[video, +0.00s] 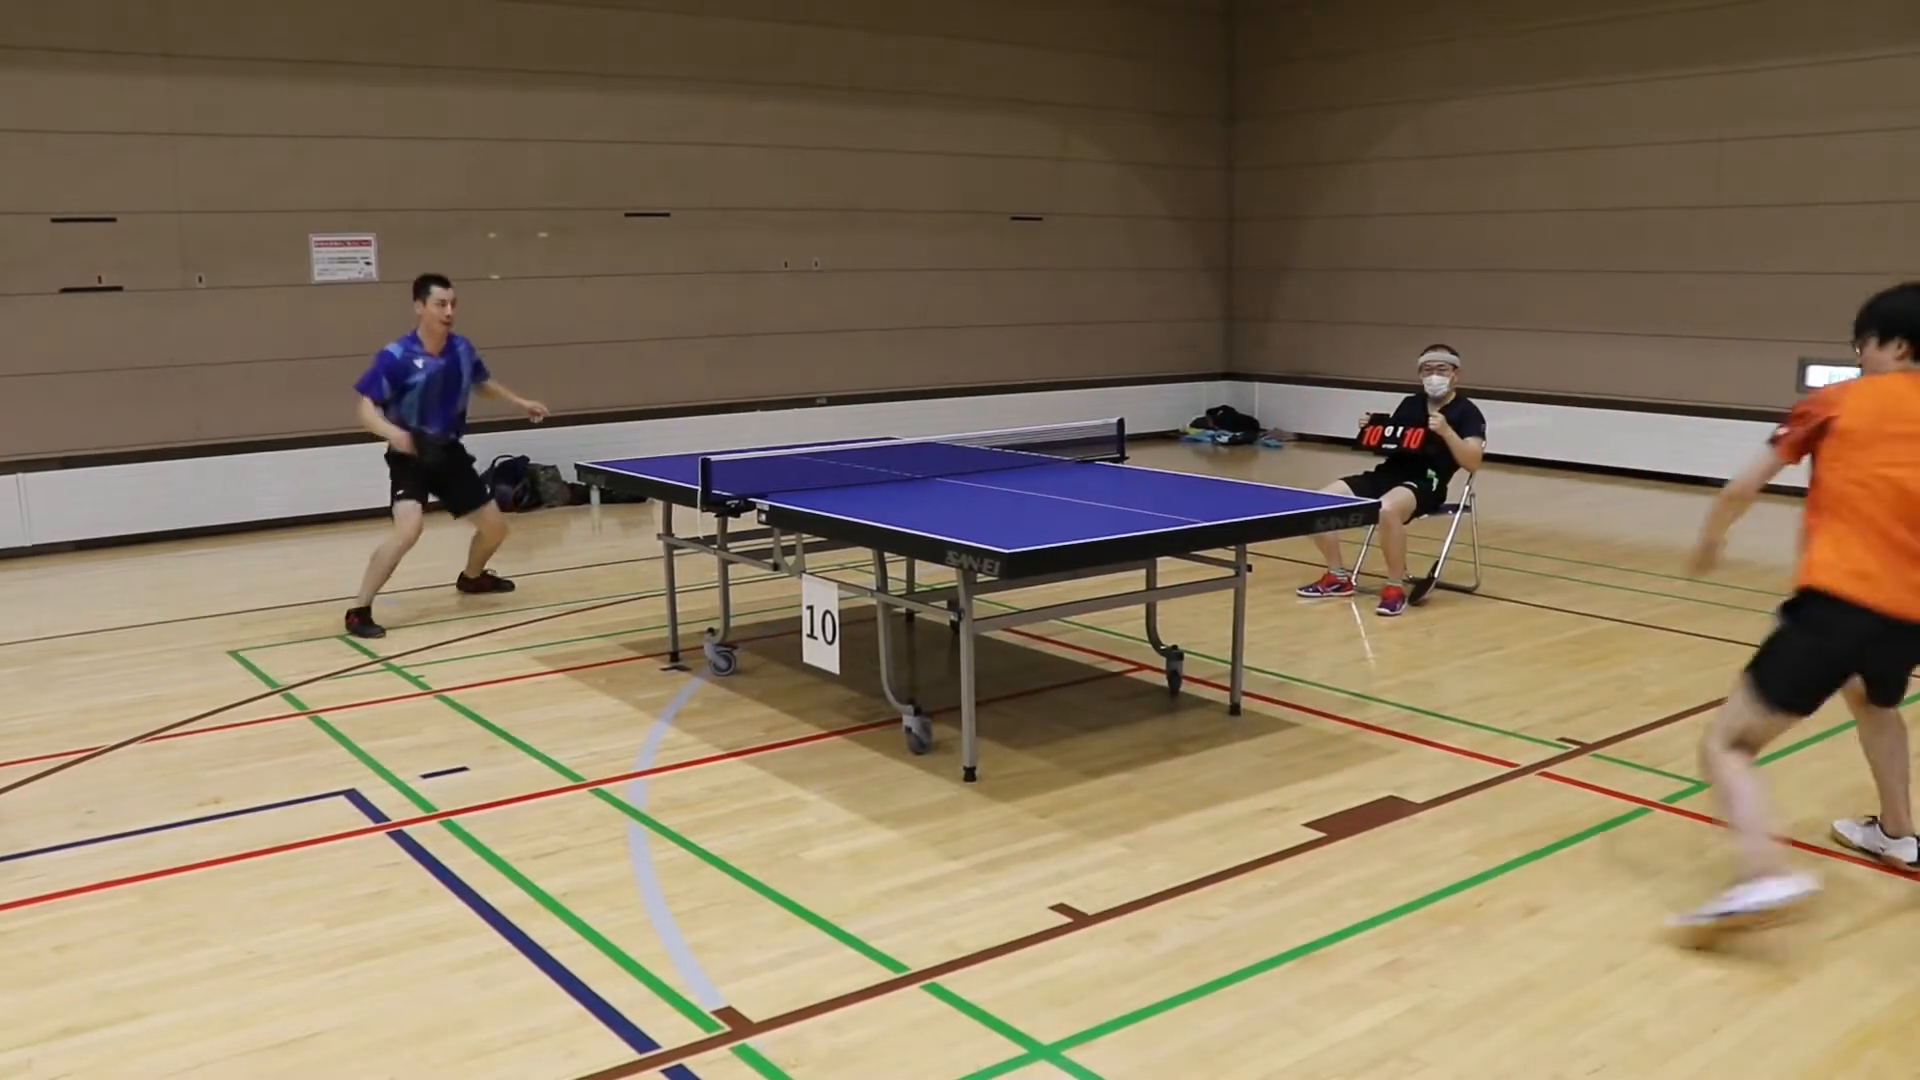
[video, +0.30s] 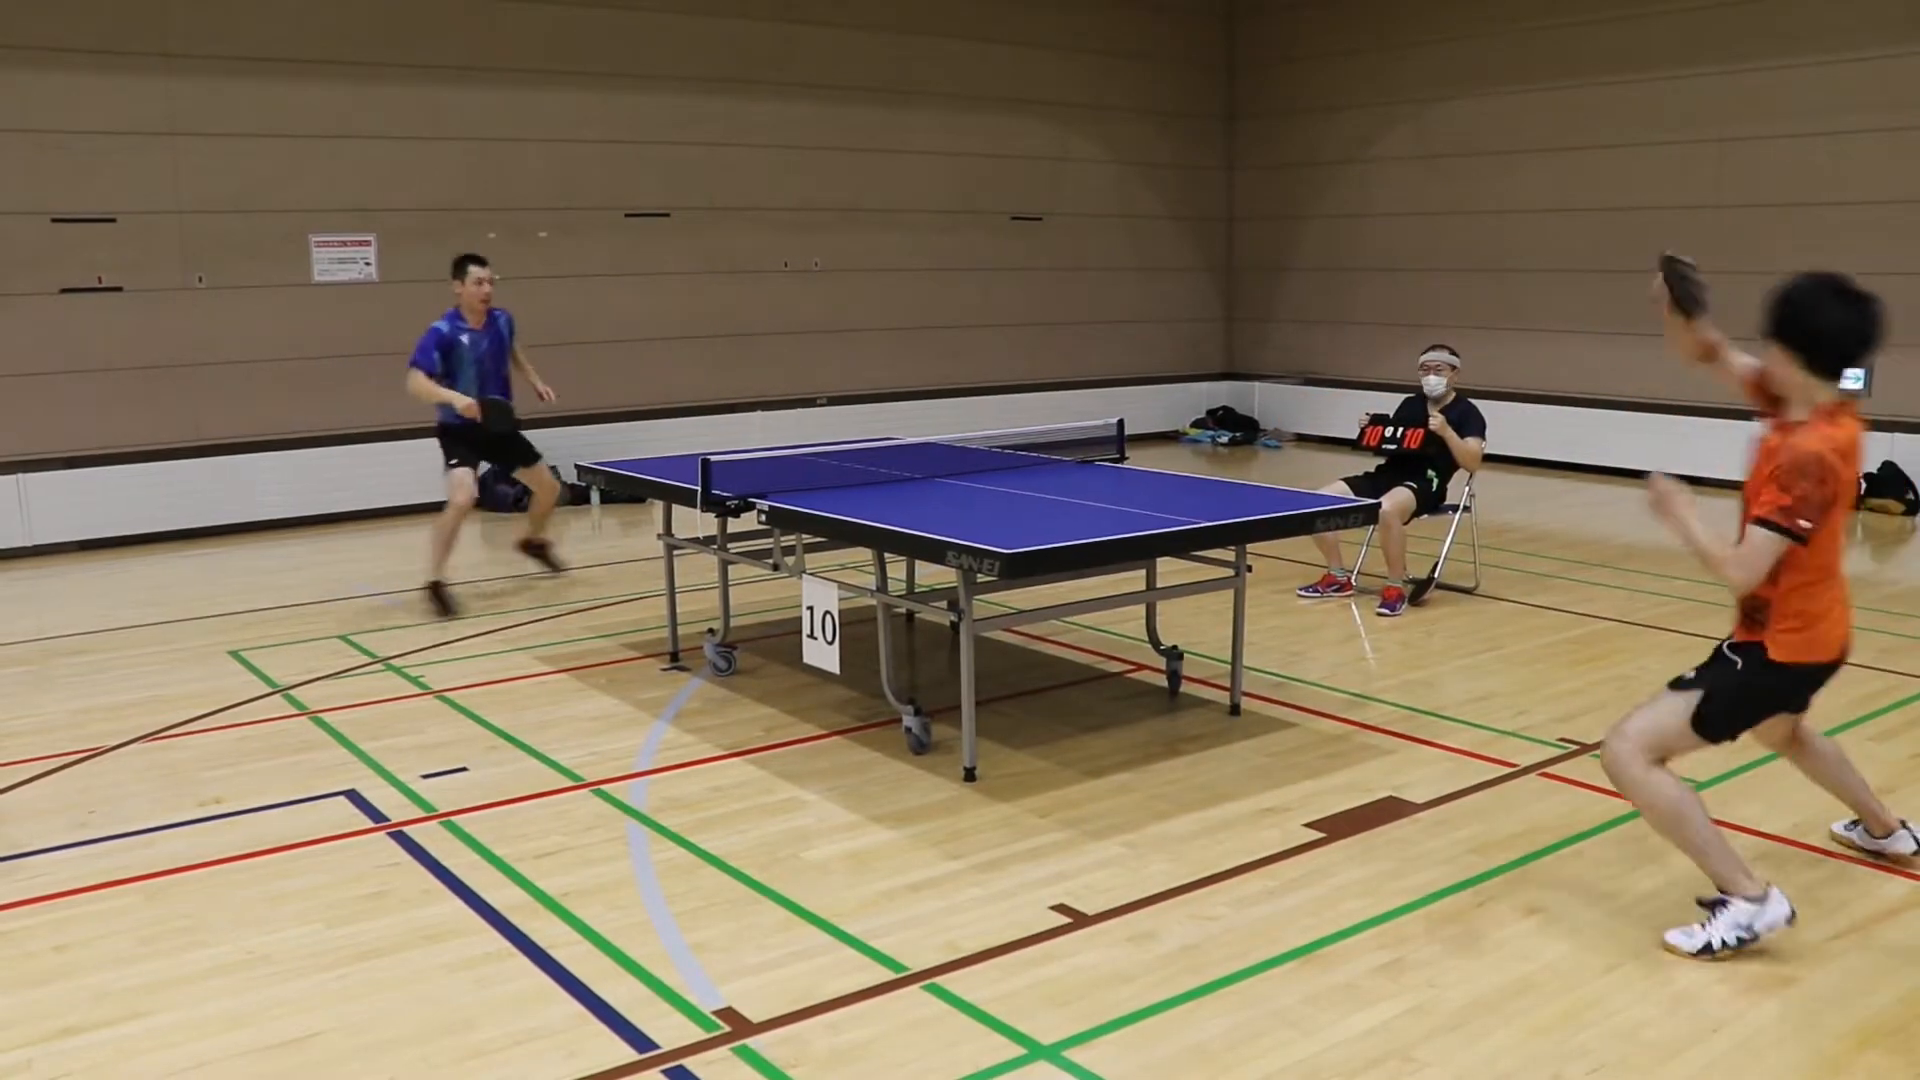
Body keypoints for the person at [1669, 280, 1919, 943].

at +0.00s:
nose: (1859, 357)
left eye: (1865, 345)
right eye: (1861, 345)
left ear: (1894, 347)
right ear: (1911, 349)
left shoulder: (1844, 400)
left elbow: (1746, 484)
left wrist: (1711, 538)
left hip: (1836, 604)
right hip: (1910, 614)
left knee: (1725, 742)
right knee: (1875, 699)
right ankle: (1898, 831)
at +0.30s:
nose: (1763, 352)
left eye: (1773, 343)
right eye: (1769, 341)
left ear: (1798, 360)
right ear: (1829, 361)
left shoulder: (1810, 451)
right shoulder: (1805, 402)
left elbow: (1743, 572)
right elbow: (1709, 355)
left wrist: (1679, 512)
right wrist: (1681, 315)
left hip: (1779, 647)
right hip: (1816, 631)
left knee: (1628, 750)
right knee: (1779, 729)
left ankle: (1747, 898)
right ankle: (1885, 829)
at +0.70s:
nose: (1549, 278)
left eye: (1555, 263)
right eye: (1551, 263)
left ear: (1583, 271)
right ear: (1641, 277)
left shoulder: (1549, 352)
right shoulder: (1684, 381)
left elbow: (1475, 483)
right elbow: (1670, 514)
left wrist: (1523, 485)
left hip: (1538, 613)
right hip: (1630, 623)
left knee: (1432, 758)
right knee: (1587, 766)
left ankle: (1498, 913)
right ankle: (1592, 939)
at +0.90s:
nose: (1438, 341)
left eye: (1445, 330)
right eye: (1447, 329)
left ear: (1455, 344)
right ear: (1533, 361)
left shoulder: (1387, 417)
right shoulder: (1553, 465)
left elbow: (1314, 523)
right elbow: (1572, 624)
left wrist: (1379, 554)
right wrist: (1547, 694)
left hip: (1356, 677)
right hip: (1466, 698)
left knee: (1255, 847)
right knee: (1521, 797)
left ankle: (1178, 1037)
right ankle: (1580, 979)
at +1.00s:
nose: (1408, 321)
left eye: (1413, 310)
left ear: (1413, 327)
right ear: (1498, 352)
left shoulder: (1343, 393)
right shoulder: (1493, 452)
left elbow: (1296, 504)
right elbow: (1495, 619)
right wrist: (1509, 694)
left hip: (1271, 652)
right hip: (1382, 673)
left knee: (1208, 828)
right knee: (1468, 790)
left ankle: (1169, 1015)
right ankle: (1528, 968)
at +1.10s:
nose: (1381, 315)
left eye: (1385, 302)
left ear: (1383, 312)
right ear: (1471, 337)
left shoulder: (1322, 376)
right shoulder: (1454, 431)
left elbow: (1280, 479)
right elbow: (1439, 602)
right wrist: (1464, 693)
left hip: (1226, 624)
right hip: (1332, 653)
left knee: (1175, 791)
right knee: (1410, 789)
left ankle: (1135, 958)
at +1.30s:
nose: (1412, 340)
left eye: (1407, 325)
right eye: (1409, 328)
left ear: (1314, 315)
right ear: (1391, 342)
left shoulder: (1260, 382)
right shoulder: (1337, 431)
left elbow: (1252, 497)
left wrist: (1364, 513)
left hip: (1137, 641)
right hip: (1231, 669)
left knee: (1088, 799)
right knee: (1355, 811)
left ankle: (961, 944)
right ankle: (1340, 1023)